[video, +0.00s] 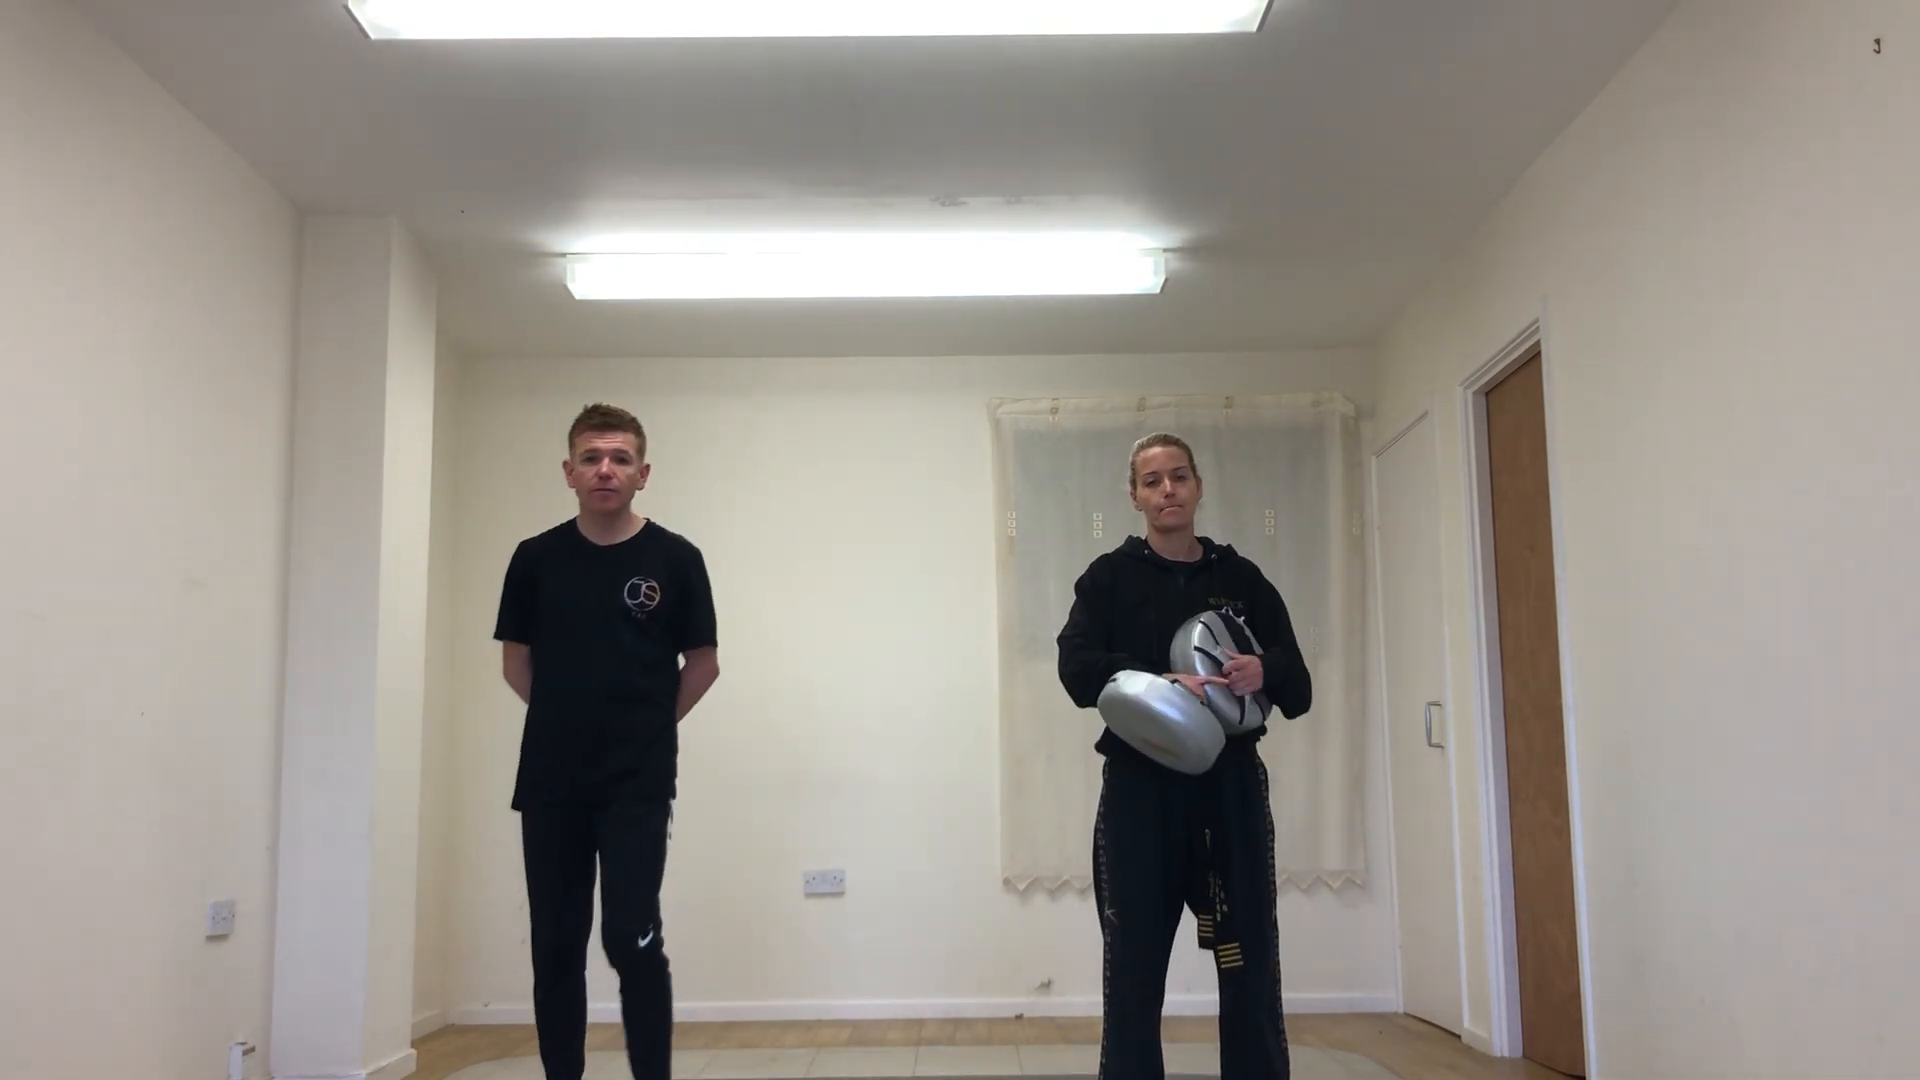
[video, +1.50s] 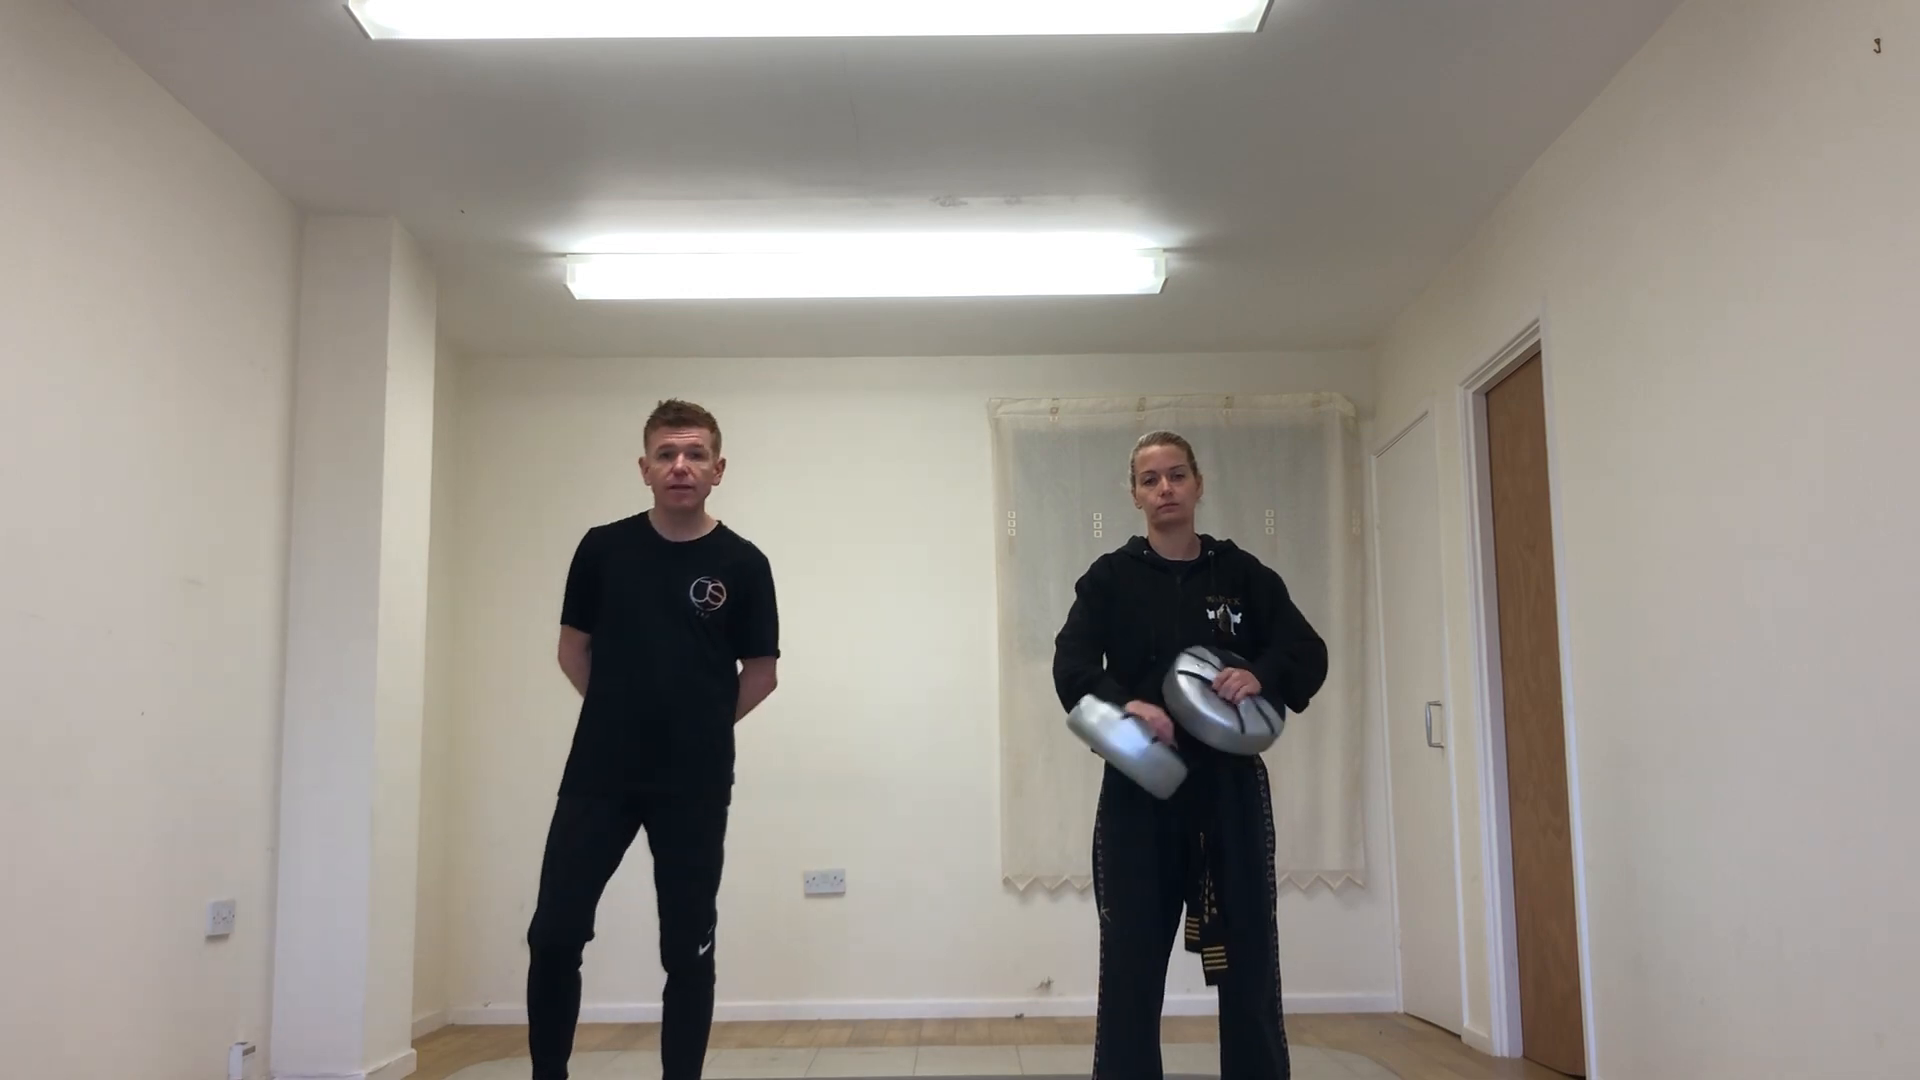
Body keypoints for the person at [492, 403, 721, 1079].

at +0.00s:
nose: (605, 470)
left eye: (620, 459)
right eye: (591, 458)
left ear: (640, 473)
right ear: (570, 471)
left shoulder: (676, 558)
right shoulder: (534, 556)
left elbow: (703, 663)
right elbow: (516, 666)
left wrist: (649, 720)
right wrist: (570, 713)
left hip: (637, 771)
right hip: (553, 772)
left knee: (632, 938)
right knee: (555, 947)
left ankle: (653, 1076)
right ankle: (562, 1076)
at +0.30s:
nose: (624, 477)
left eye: (627, 464)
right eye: (609, 465)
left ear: (626, 468)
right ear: (560, 472)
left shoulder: (653, 553)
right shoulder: (511, 561)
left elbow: (677, 660)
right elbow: (492, 671)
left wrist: (671, 755)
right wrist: (545, 727)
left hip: (639, 776)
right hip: (551, 779)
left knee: (645, 942)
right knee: (555, 950)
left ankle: (656, 1075)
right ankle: (563, 1075)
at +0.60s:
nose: (647, 480)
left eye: (649, 467)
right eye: (634, 467)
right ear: (584, 468)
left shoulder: (650, 558)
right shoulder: (518, 555)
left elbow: (717, 637)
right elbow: (475, 662)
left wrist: (806, 627)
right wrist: (527, 735)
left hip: (643, 777)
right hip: (556, 783)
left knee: (659, 946)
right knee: (555, 951)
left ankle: (668, 1076)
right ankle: (562, 1075)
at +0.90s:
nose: (621, 466)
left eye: (634, 454)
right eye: (606, 454)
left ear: (653, 469)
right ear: (581, 468)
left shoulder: (682, 557)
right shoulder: (538, 557)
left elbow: (760, 624)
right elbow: (501, 662)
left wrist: (845, 656)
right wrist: (555, 726)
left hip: (659, 777)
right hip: (569, 777)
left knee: (669, 948)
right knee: (565, 949)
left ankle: (675, 1075)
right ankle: (566, 1075)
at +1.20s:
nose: (642, 463)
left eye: (656, 451)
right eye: (627, 454)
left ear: (682, 463)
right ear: (612, 470)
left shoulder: (724, 556)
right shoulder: (581, 552)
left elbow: (743, 664)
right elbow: (553, 656)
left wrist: (687, 715)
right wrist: (606, 709)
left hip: (679, 776)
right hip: (592, 774)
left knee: (682, 951)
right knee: (577, 949)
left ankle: (680, 1075)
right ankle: (572, 1075)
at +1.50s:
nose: (681, 466)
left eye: (695, 455)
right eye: (667, 454)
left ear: (717, 471)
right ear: (645, 468)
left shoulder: (743, 563)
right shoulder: (602, 546)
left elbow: (762, 674)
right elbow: (572, 653)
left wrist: (699, 719)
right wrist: (623, 709)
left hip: (693, 773)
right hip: (602, 764)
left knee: (689, 949)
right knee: (553, 933)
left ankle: (681, 1077)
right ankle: (548, 1075)